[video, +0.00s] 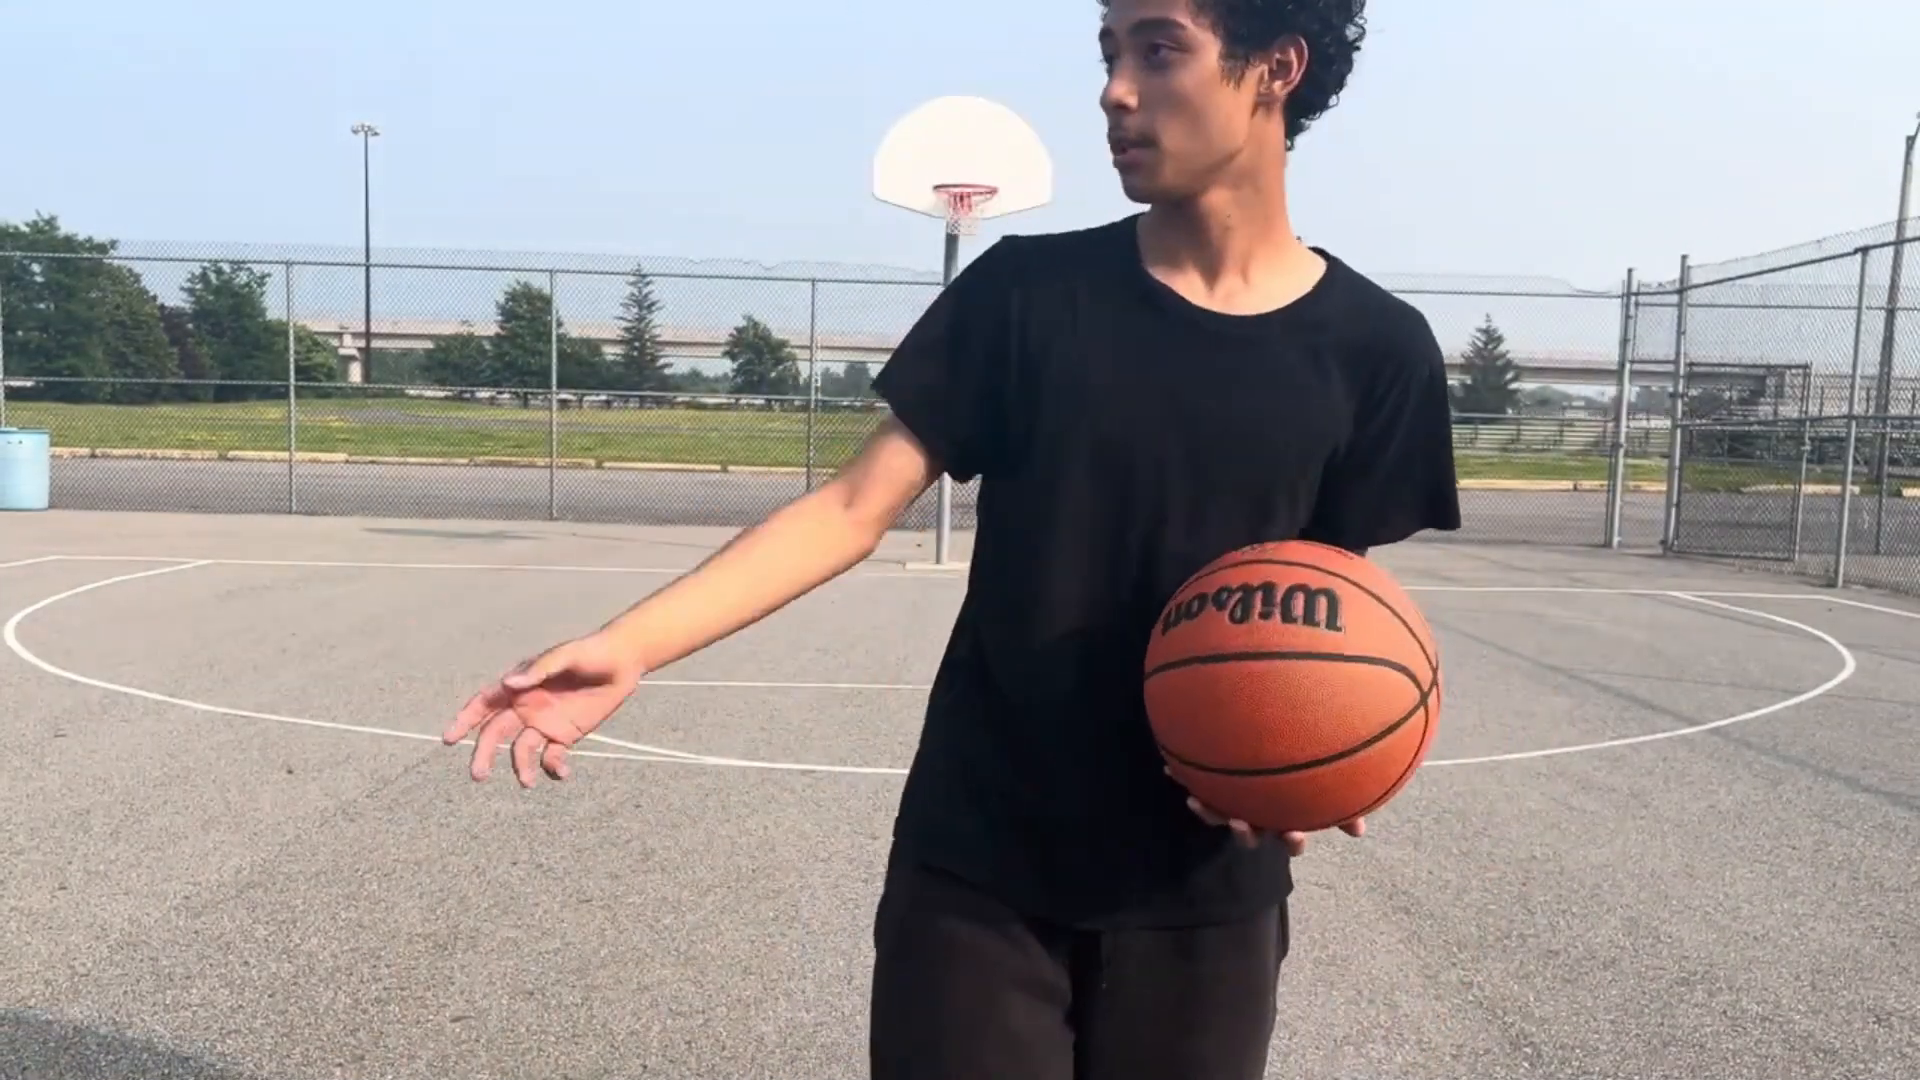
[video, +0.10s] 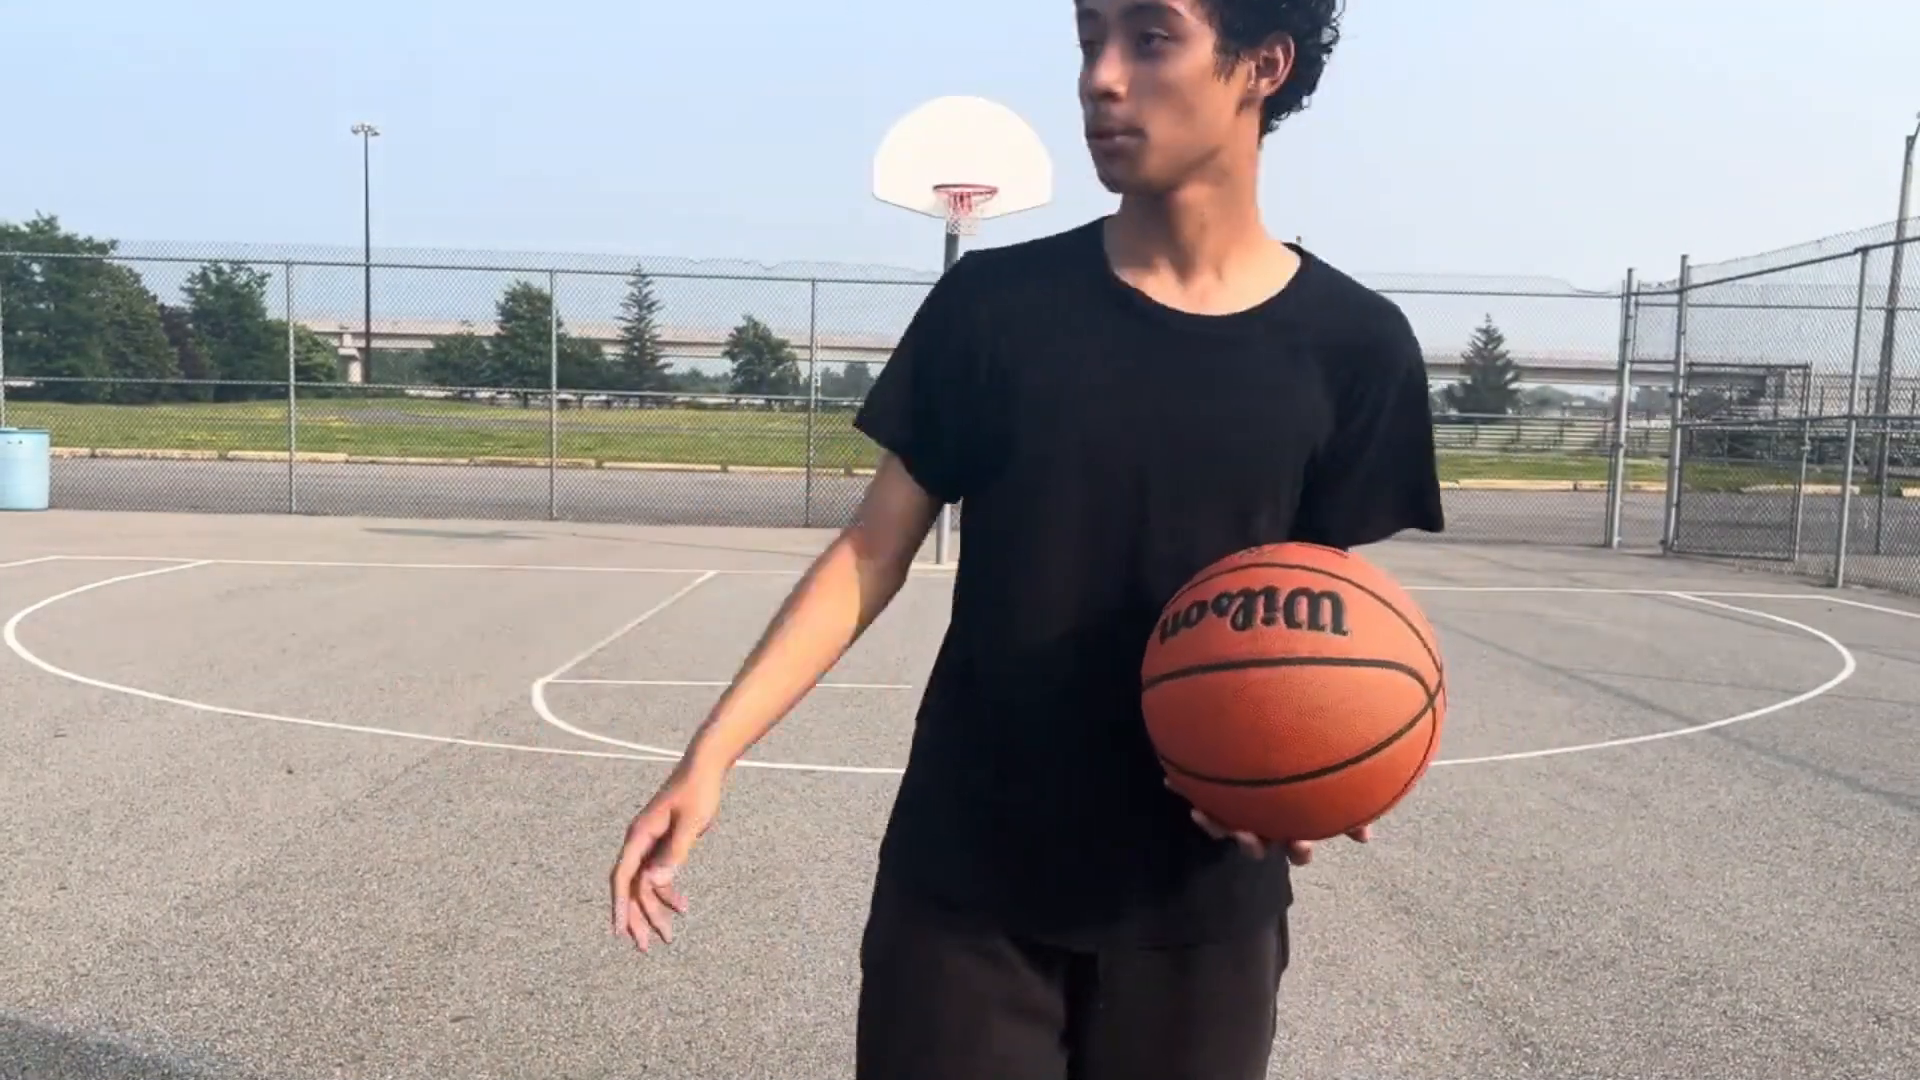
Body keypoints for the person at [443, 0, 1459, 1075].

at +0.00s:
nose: (1115, 95)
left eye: (1160, 54)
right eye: (1112, 58)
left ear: (1280, 73)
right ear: (1102, 68)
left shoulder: (1379, 350)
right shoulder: (1023, 291)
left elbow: (1343, 610)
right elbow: (849, 506)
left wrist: (1304, 761)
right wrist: (627, 645)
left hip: (1208, 887)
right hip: (979, 873)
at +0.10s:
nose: (1100, 79)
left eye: (1150, 42)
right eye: (1093, 46)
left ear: (1264, 69)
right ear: (1079, 66)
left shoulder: (1356, 345)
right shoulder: (987, 303)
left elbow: (1328, 618)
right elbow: (869, 555)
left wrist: (1294, 771)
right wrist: (710, 755)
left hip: (1204, 901)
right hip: (967, 887)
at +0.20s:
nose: (1098, 61)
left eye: (1148, 22)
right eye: (1068, 26)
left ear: (1232, 59)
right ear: (1042, 55)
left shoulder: (1322, 325)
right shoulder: (944, 316)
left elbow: (1325, 607)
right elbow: (895, 600)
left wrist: (1310, 768)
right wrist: (809, 848)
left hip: (1193, 917)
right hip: (950, 912)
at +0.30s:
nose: (1058, 36)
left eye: (1102, 2)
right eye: (1022, 3)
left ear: (1174, 35)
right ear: (978, 40)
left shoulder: (1284, 295)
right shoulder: (895, 316)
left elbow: (1312, 577)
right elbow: (886, 608)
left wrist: (1320, 742)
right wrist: (862, 837)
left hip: (1187, 913)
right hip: (935, 906)